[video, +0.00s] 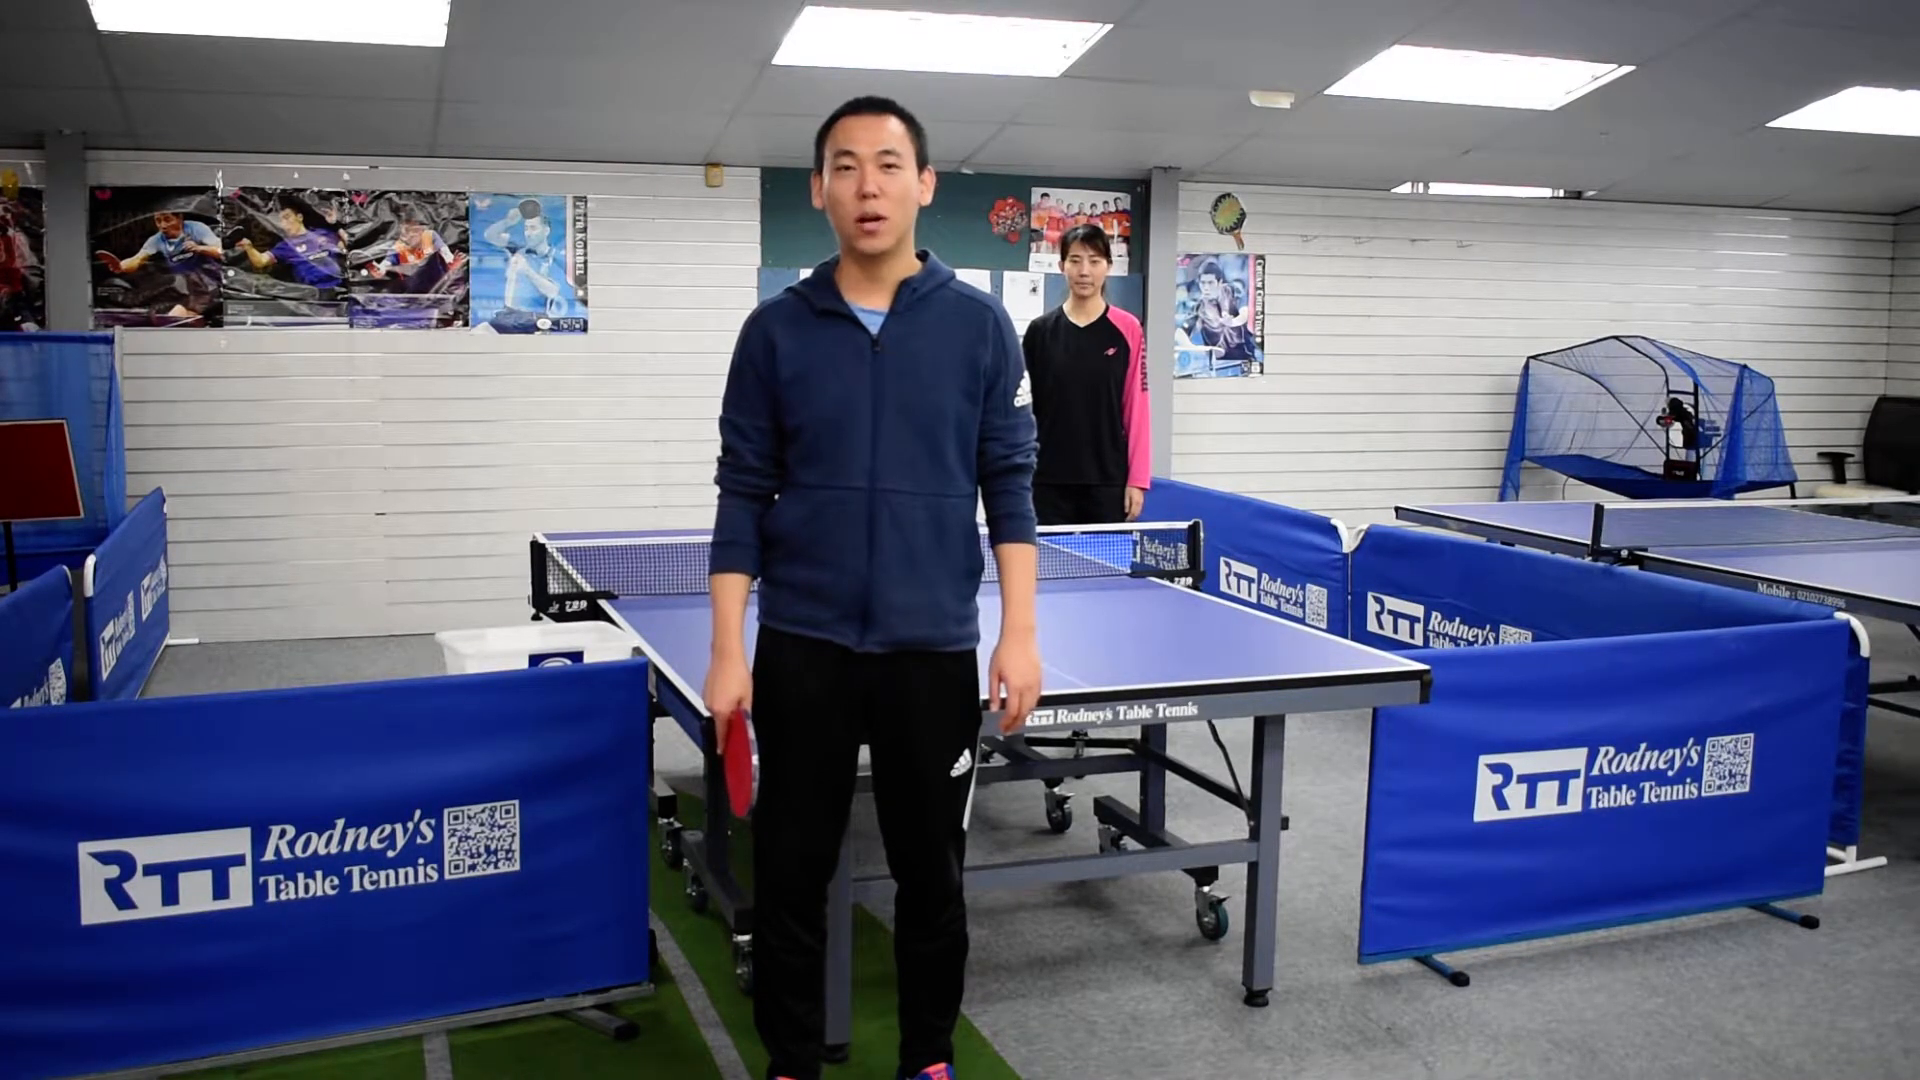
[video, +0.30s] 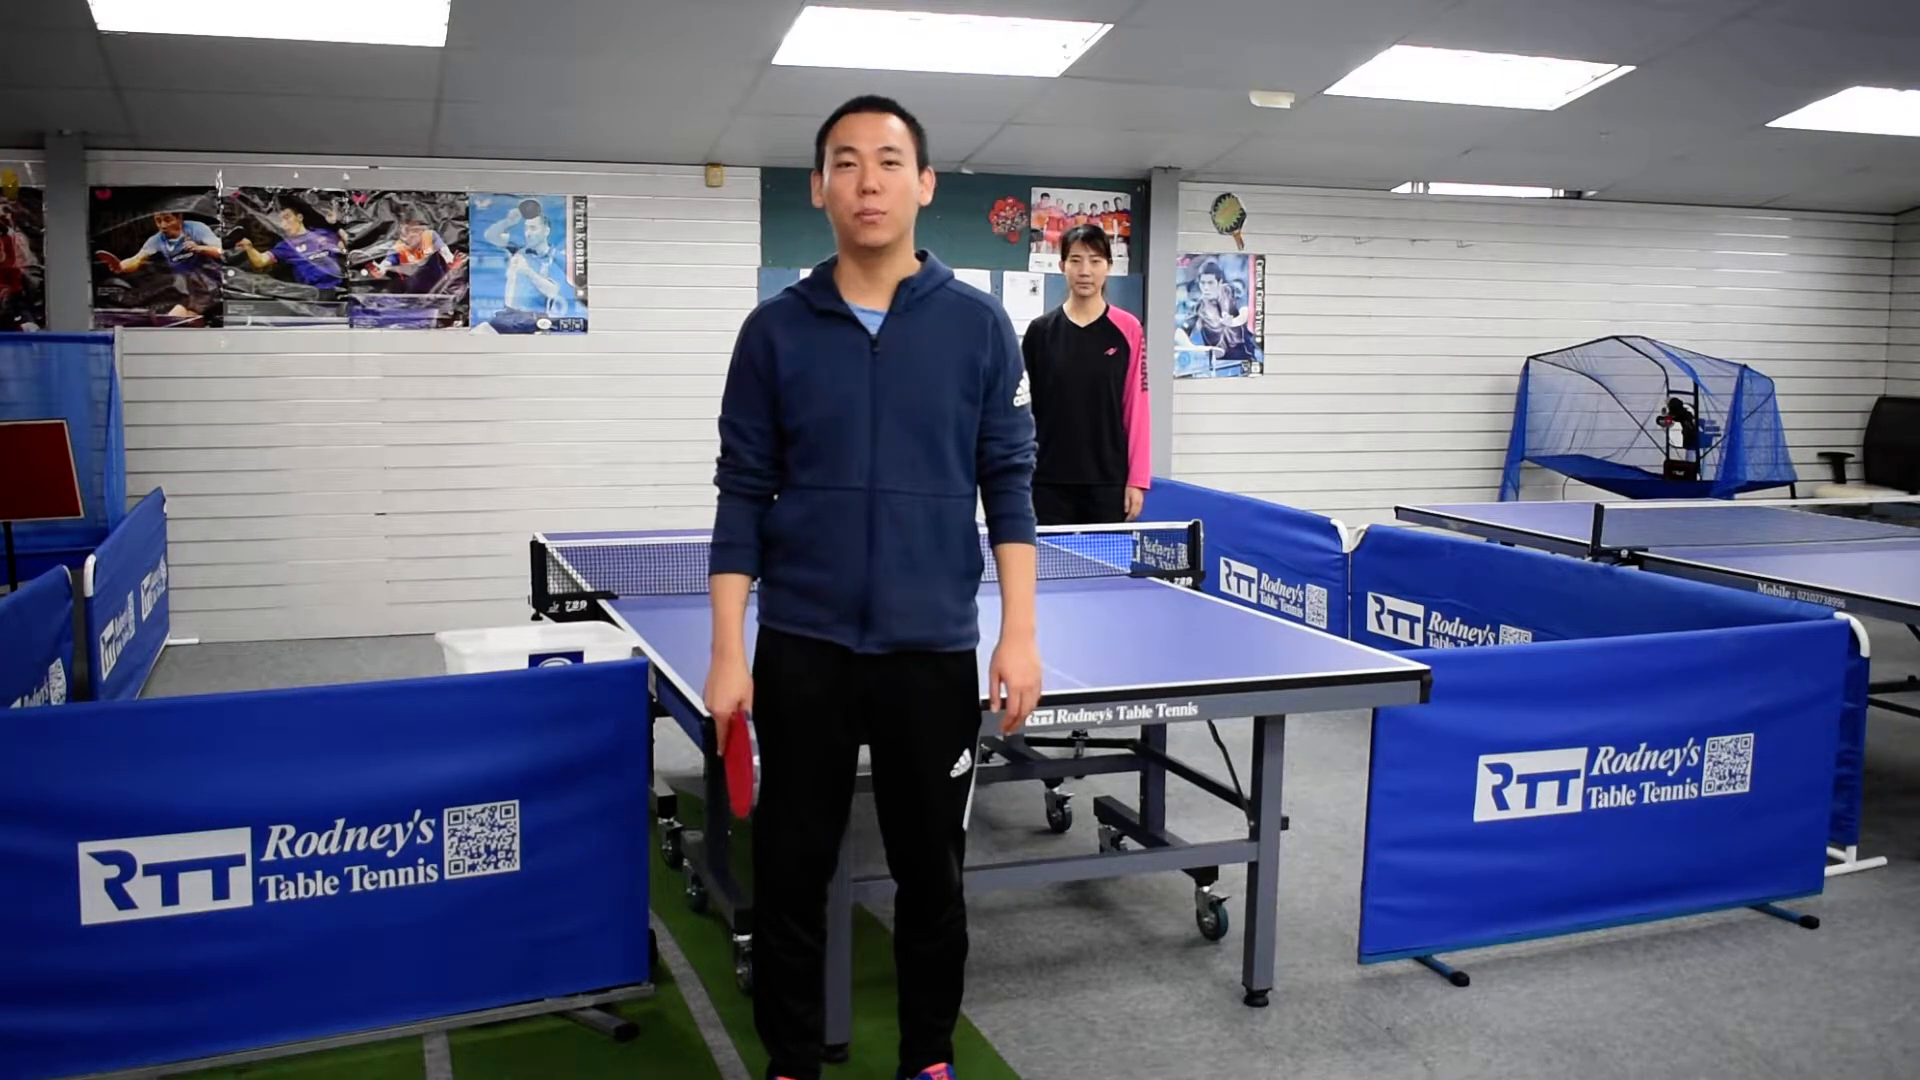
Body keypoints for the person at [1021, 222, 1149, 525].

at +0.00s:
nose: (1084, 271)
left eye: (1094, 262)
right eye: (1075, 261)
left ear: (1108, 268)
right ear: (1062, 266)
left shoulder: (1127, 329)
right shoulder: (1039, 331)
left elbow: (1136, 407)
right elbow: (1022, 405)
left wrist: (1137, 479)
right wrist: (1020, 478)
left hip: (1107, 483)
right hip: (1049, 481)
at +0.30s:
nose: (1085, 271)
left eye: (1095, 262)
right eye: (1075, 261)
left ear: (1108, 268)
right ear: (1063, 266)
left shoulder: (1128, 330)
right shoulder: (1039, 331)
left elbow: (1136, 407)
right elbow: (1022, 406)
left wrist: (1137, 479)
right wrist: (1020, 479)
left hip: (1107, 483)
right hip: (1049, 482)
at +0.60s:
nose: (1085, 271)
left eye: (1095, 262)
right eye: (1076, 261)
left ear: (1108, 268)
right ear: (1063, 266)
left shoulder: (1128, 329)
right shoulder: (1039, 331)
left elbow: (1137, 406)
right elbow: (1022, 405)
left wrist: (1138, 478)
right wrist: (1019, 478)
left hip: (1107, 482)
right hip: (1049, 481)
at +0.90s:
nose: (1085, 271)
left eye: (1095, 262)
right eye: (1076, 261)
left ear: (1109, 267)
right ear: (1063, 266)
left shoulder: (1128, 329)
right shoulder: (1039, 331)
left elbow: (1137, 407)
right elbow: (1022, 405)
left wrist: (1138, 478)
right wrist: (1019, 478)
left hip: (1107, 482)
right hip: (1049, 481)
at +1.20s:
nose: (1085, 271)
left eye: (1095, 262)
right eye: (1076, 261)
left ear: (1108, 267)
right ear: (1063, 266)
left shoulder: (1128, 329)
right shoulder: (1040, 331)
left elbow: (1137, 407)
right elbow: (1022, 405)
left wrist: (1138, 478)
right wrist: (1019, 477)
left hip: (1107, 482)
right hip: (1049, 481)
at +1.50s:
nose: (1085, 271)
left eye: (1095, 262)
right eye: (1076, 261)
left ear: (1108, 267)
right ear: (1063, 266)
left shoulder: (1128, 329)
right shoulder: (1039, 331)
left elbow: (1137, 407)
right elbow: (1023, 405)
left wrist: (1138, 478)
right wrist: (1020, 477)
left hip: (1107, 482)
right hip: (1050, 480)